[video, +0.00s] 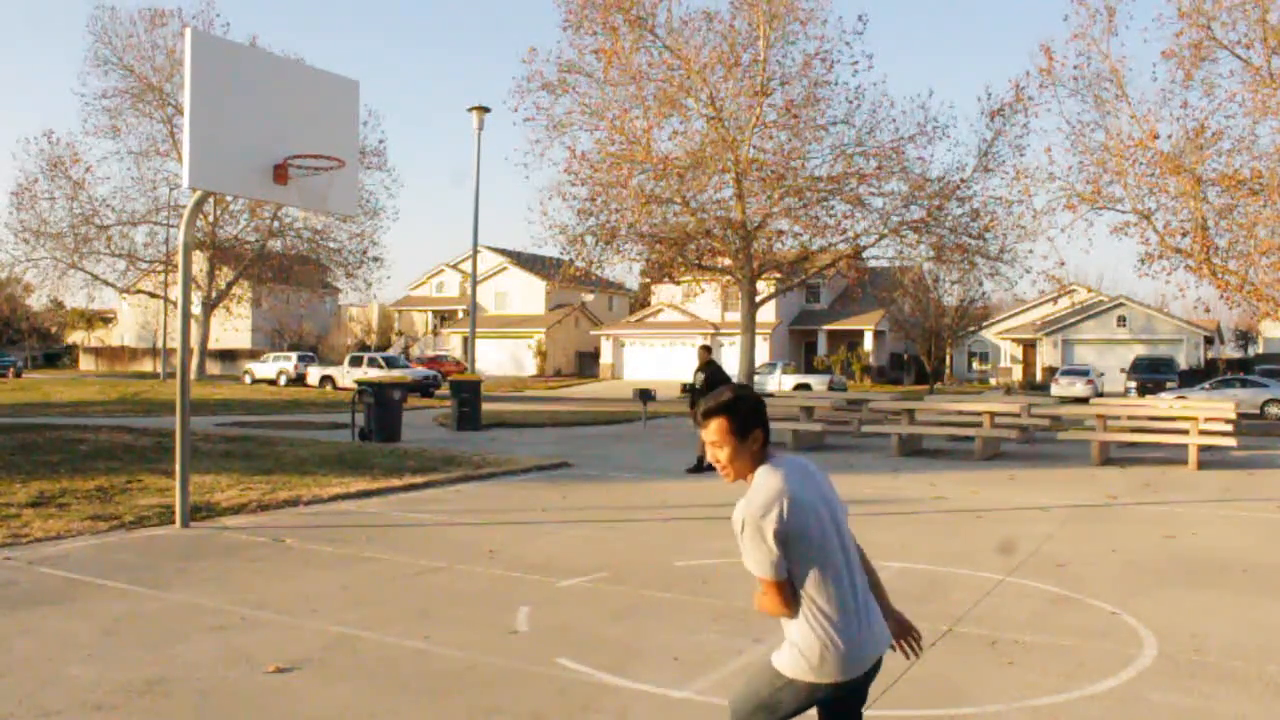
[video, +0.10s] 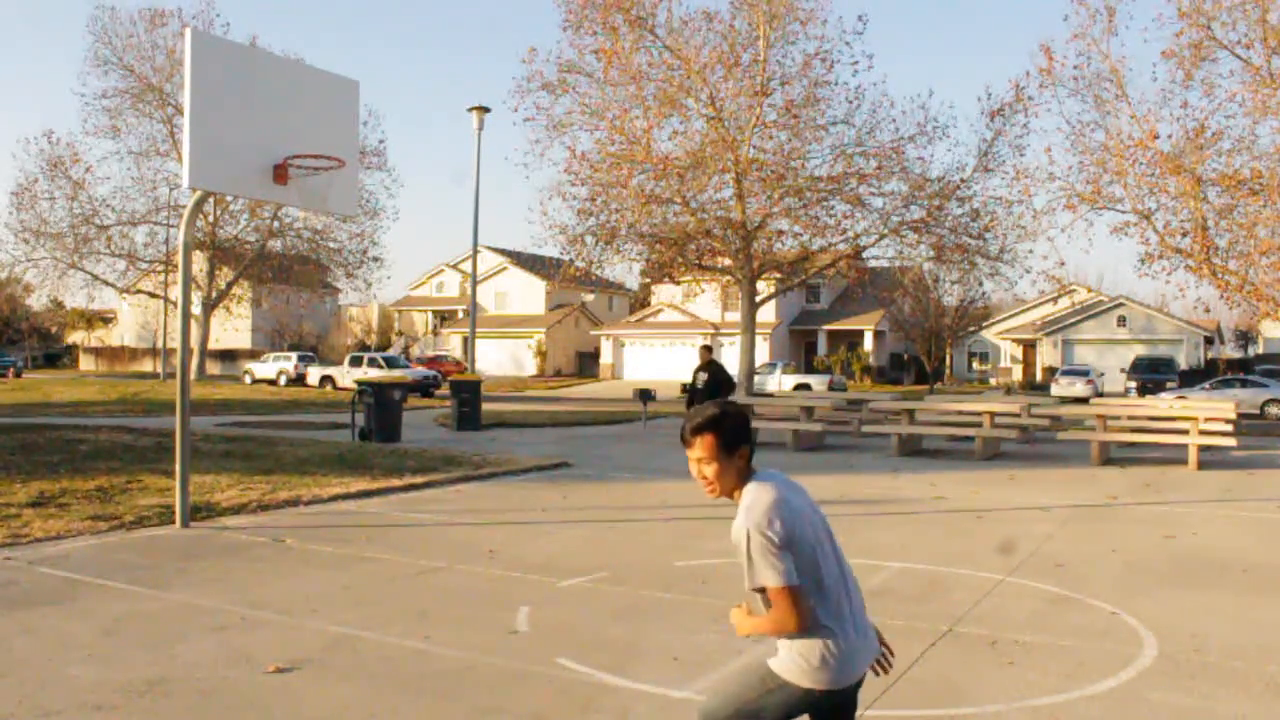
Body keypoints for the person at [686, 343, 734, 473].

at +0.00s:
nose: (699, 356)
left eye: (701, 353)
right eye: (699, 353)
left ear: (706, 354)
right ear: (708, 354)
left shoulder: (702, 370)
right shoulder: (717, 367)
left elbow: (697, 390)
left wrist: (692, 406)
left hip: (707, 407)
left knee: (703, 435)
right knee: (714, 436)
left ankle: (700, 461)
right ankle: (713, 461)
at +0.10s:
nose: (701, 355)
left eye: (703, 353)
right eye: (700, 353)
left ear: (709, 354)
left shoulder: (717, 368)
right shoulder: (698, 369)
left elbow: (730, 384)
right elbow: (694, 387)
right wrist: (690, 404)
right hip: (699, 404)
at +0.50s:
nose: (702, 357)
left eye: (705, 354)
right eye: (701, 354)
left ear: (711, 354)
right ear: (701, 355)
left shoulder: (722, 368)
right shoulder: (699, 370)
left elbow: (733, 384)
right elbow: (693, 386)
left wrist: (727, 400)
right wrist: (686, 388)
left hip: (718, 405)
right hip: (704, 406)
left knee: (718, 436)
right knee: (709, 437)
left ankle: (725, 463)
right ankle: (712, 462)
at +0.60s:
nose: (703, 357)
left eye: (705, 354)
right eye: (702, 354)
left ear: (711, 354)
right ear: (702, 355)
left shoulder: (722, 368)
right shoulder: (701, 370)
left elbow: (733, 385)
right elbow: (691, 382)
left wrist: (727, 400)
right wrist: (693, 371)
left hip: (718, 406)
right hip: (705, 406)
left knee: (720, 437)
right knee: (710, 438)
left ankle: (729, 464)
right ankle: (712, 463)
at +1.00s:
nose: (710, 357)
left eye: (712, 354)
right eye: (709, 353)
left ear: (719, 355)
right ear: (711, 355)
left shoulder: (731, 370)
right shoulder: (707, 370)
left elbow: (738, 388)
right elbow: (700, 385)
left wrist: (732, 403)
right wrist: (689, 388)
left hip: (724, 408)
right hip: (709, 407)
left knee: (725, 438)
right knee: (712, 438)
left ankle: (729, 464)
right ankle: (713, 462)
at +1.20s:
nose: (712, 356)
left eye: (714, 354)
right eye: (712, 353)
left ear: (720, 355)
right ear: (718, 355)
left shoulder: (735, 371)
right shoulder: (712, 369)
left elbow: (741, 390)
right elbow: (705, 388)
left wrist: (739, 406)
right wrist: (702, 403)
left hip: (727, 408)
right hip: (711, 407)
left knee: (728, 438)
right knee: (708, 438)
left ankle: (730, 464)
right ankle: (711, 461)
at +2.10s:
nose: (700, 357)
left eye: (702, 354)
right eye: (700, 354)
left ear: (708, 355)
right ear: (703, 355)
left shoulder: (720, 369)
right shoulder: (698, 370)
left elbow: (730, 386)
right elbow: (691, 386)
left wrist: (723, 403)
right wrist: (684, 400)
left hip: (716, 407)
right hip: (700, 407)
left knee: (718, 437)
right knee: (701, 438)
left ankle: (728, 459)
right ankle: (702, 465)